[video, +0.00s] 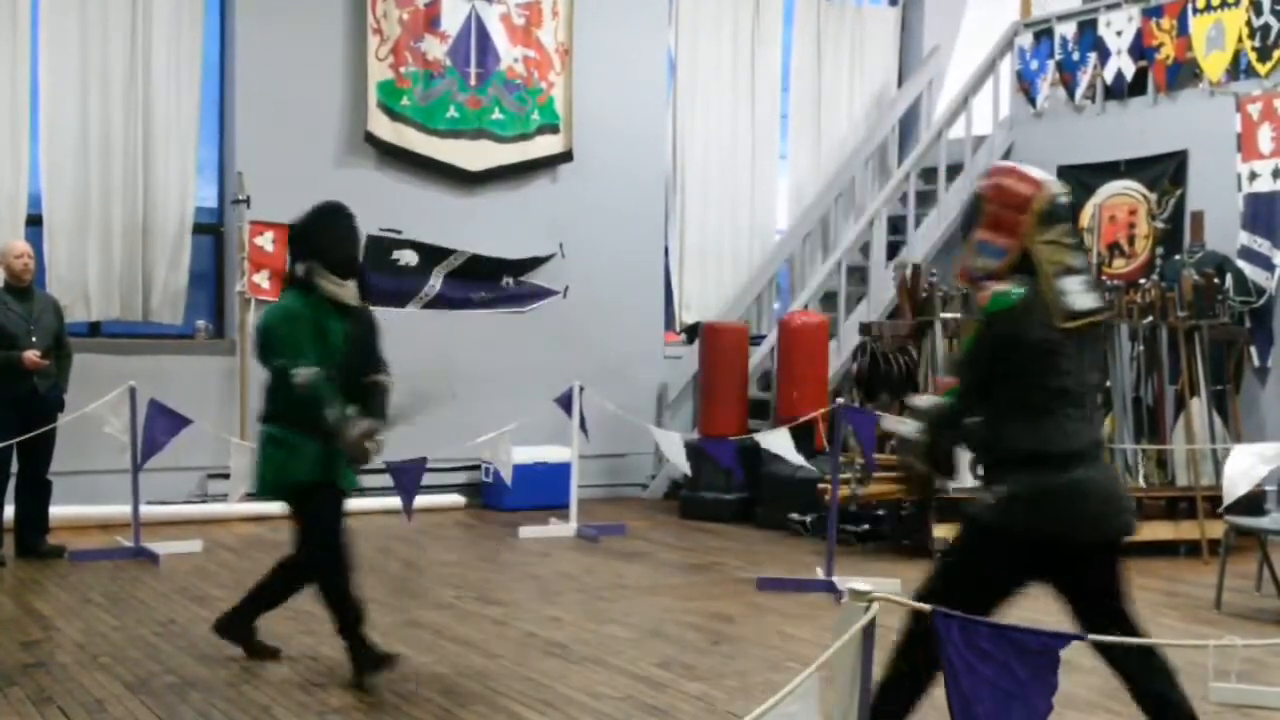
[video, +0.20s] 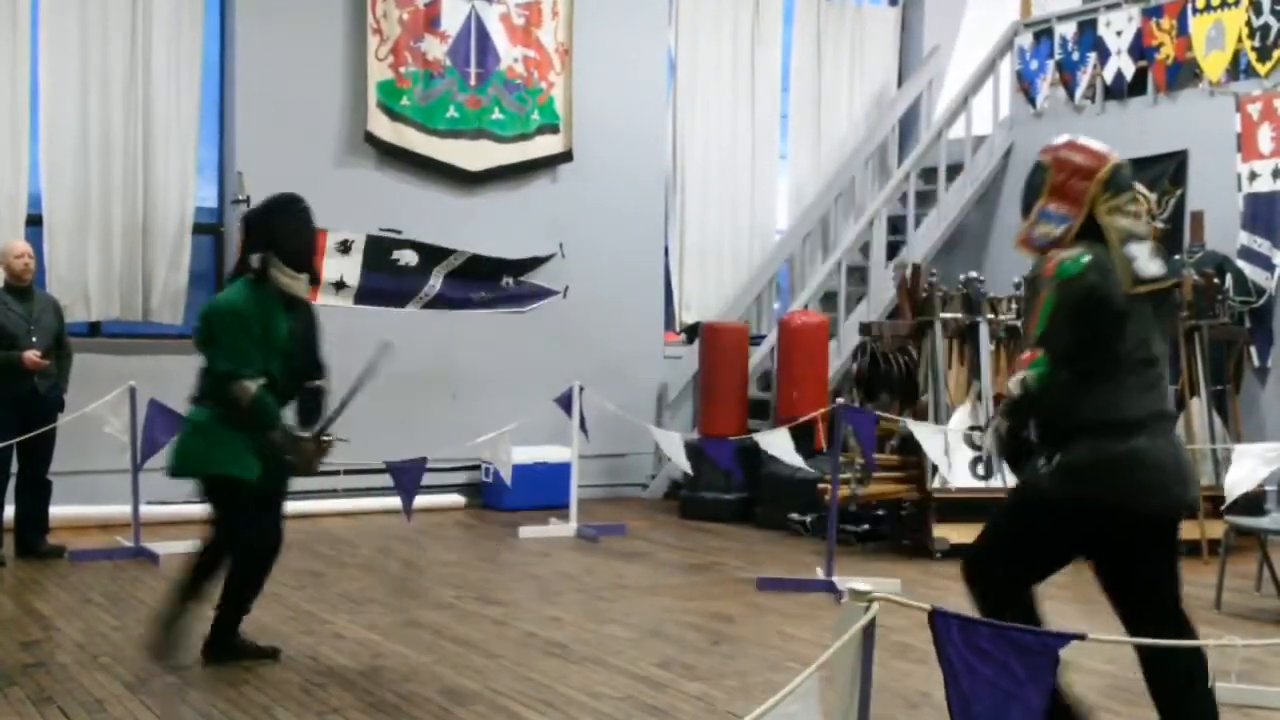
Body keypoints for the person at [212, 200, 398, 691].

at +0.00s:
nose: (352, 255)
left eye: (352, 245)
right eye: (344, 245)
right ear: (323, 250)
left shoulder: (354, 315)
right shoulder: (288, 315)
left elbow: (370, 373)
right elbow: (305, 386)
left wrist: (368, 416)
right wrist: (344, 427)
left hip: (332, 449)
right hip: (296, 450)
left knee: (314, 554)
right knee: (327, 552)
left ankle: (239, 618)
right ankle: (360, 649)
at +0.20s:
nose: (311, 247)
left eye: (310, 236)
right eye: (302, 236)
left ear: (273, 244)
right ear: (279, 243)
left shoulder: (297, 309)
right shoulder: (235, 306)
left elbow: (310, 378)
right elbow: (237, 386)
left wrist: (310, 430)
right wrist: (284, 435)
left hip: (265, 444)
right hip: (221, 439)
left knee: (262, 540)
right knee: (231, 531)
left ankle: (224, 636)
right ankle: (171, 620)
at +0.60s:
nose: (217, 283)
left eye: (218, 273)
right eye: (207, 273)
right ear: (179, 281)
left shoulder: (194, 337)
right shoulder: (137, 339)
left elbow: (188, 408)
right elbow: (143, 417)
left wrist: (201, 455)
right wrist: (196, 455)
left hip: (158, 469)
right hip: (103, 468)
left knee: (214, 534)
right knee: (60, 548)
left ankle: (215, 635)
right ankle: (25, 623)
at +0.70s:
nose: (221, 272)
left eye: (221, 262)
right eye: (212, 262)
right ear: (183, 269)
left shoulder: (196, 327)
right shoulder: (141, 328)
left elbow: (191, 396)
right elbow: (155, 407)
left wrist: (206, 446)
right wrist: (206, 443)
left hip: (161, 459)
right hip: (110, 459)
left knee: (208, 535)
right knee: (72, 542)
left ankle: (204, 635)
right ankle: (28, 619)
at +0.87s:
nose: (244, 256)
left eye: (243, 246)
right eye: (236, 246)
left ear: (205, 253)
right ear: (208, 252)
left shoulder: (209, 309)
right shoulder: (161, 312)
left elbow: (216, 376)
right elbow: (189, 392)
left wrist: (240, 422)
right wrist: (246, 423)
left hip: (176, 442)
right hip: (127, 442)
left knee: (203, 538)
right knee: (126, 546)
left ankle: (203, 636)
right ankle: (61, 603)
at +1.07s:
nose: (262, 263)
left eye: (264, 253)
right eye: (256, 252)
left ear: (226, 253)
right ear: (226, 251)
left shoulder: (223, 308)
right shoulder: (176, 306)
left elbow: (224, 380)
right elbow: (209, 385)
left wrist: (251, 425)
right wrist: (251, 430)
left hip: (188, 437)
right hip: (149, 437)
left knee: (212, 537)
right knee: (167, 537)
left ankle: (205, 636)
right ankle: (148, 662)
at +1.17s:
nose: (271, 271)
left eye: (271, 259)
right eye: (263, 260)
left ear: (225, 265)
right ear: (233, 265)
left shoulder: (222, 316)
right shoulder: (193, 325)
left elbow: (211, 400)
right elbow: (207, 409)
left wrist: (235, 438)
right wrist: (241, 446)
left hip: (189, 454)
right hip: (155, 456)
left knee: (222, 546)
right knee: (190, 551)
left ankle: (205, 637)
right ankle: (181, 680)